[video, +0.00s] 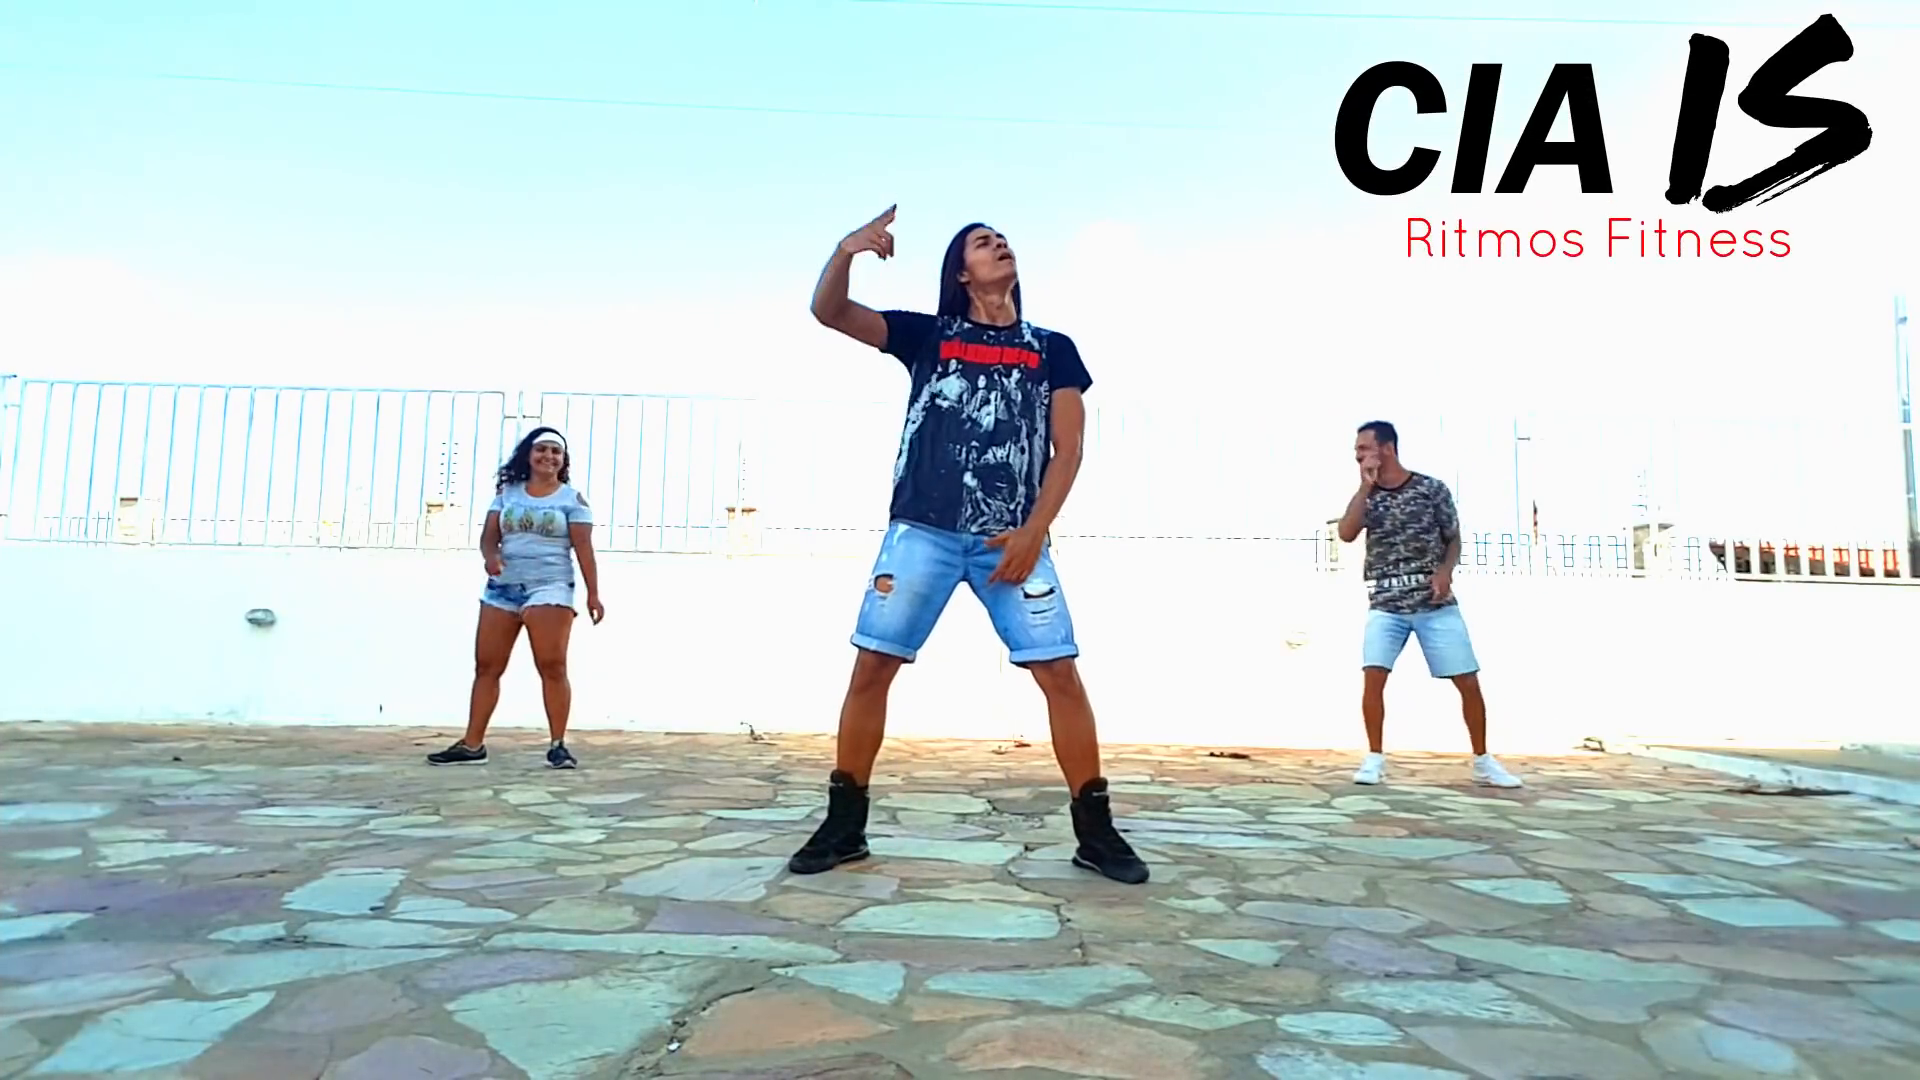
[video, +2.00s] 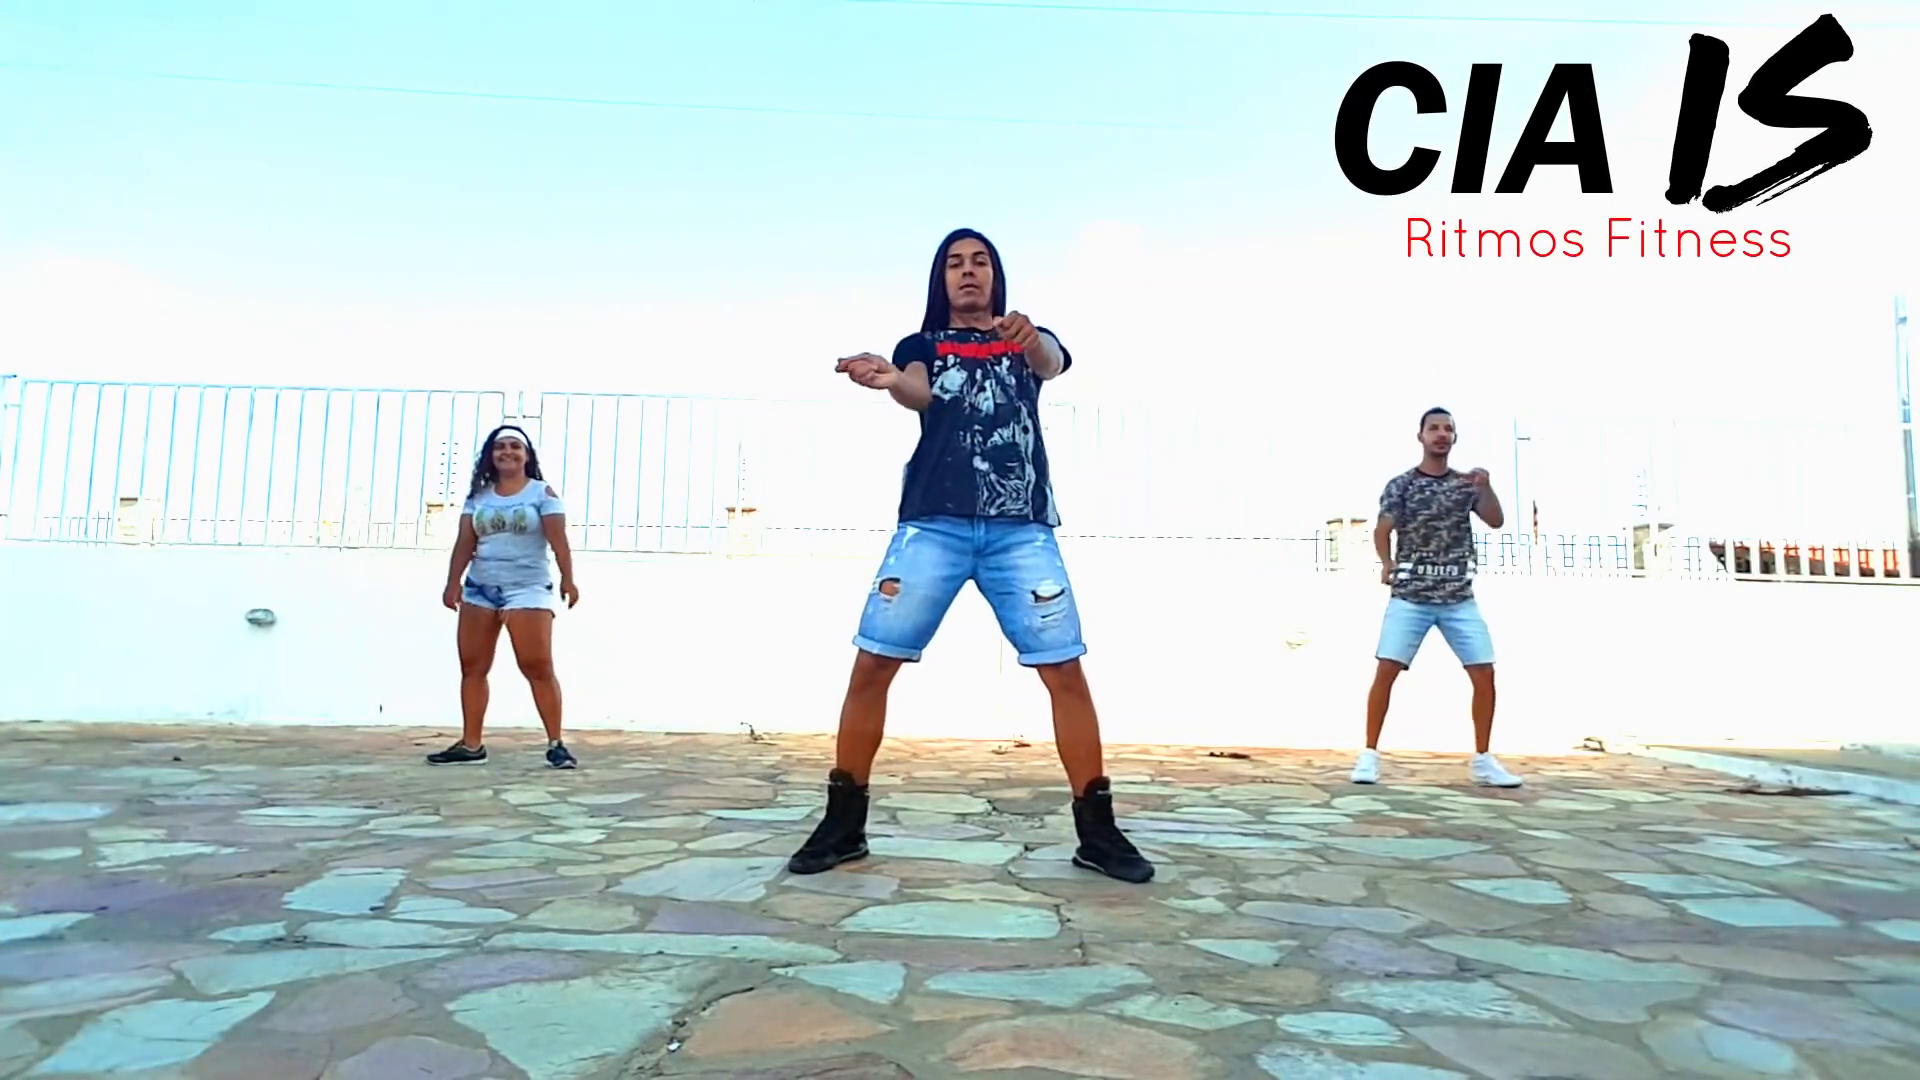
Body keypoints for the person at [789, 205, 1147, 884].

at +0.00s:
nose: (999, 245)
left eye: (1003, 242)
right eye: (983, 243)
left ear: (1014, 267)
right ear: (958, 272)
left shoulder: (1052, 349)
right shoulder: (928, 334)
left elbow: (1067, 450)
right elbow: (831, 310)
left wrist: (1036, 529)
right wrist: (847, 249)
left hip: (1014, 535)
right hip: (923, 528)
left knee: (1060, 673)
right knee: (872, 667)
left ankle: (1096, 831)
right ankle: (843, 824)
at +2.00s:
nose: (969, 270)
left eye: (980, 261)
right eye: (956, 262)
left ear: (998, 275)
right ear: (939, 279)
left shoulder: (1026, 337)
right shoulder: (921, 345)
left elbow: (1052, 366)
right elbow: (919, 393)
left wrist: (1030, 340)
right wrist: (890, 376)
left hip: (1021, 528)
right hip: (934, 526)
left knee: (1065, 668)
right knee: (873, 664)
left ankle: (1098, 831)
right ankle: (842, 823)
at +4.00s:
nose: (978, 263)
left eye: (987, 255)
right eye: (963, 260)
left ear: (1008, 277)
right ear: (949, 289)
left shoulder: (1049, 350)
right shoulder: (930, 361)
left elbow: (1063, 414)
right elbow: (878, 445)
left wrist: (1037, 463)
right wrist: (843, 504)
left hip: (1027, 553)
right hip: (935, 550)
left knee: (1088, 680)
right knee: (858, 674)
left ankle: (1122, 825)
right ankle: (837, 821)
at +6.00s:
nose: (773, 244)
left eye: (783, 236)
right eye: (760, 238)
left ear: (801, 256)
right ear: (742, 259)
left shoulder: (838, 321)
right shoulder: (713, 327)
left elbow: (864, 373)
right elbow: (613, 343)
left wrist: (807, 376)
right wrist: (648, 265)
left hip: (808, 525)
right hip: (718, 522)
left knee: (868, 653)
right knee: (659, 655)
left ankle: (912, 802)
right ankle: (615, 806)